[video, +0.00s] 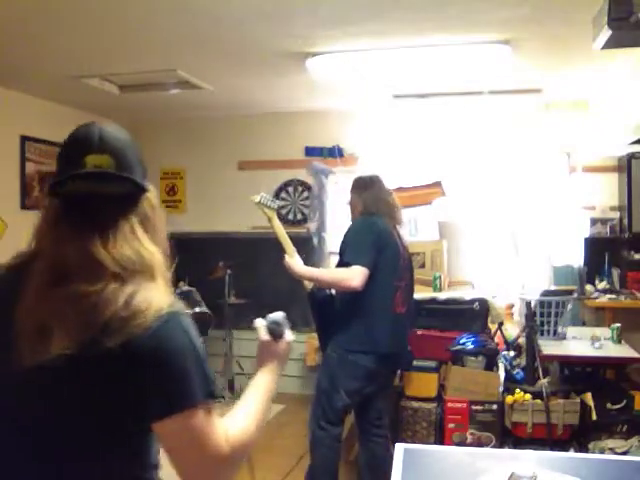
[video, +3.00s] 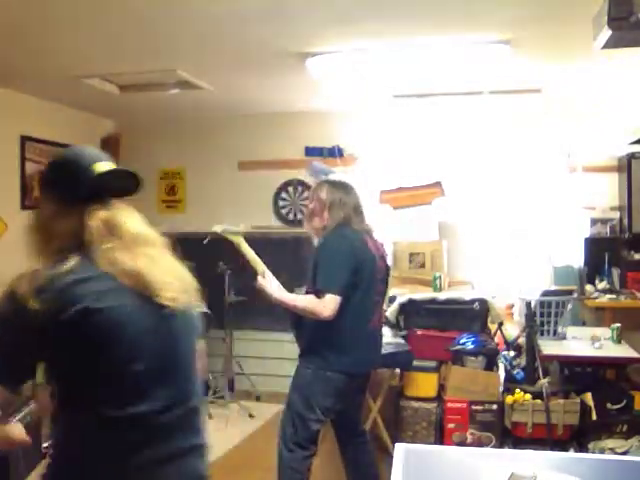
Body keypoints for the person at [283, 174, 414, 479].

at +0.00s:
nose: (349, 205)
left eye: (351, 200)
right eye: (350, 200)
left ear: (359, 200)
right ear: (384, 199)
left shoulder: (365, 228)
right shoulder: (394, 235)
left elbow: (354, 278)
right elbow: (389, 293)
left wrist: (302, 270)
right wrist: (323, 282)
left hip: (356, 348)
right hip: (386, 349)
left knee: (325, 423)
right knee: (375, 429)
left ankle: (321, 475)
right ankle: (377, 476)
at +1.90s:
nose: (306, 216)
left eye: (310, 208)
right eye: (306, 209)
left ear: (321, 209)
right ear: (344, 208)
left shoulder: (326, 241)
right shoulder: (364, 243)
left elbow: (311, 301)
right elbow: (374, 311)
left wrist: (280, 292)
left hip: (317, 358)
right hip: (353, 358)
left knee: (288, 443)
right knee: (350, 436)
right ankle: (366, 475)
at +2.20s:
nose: (312, 216)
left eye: (314, 208)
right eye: (313, 208)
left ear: (321, 210)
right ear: (349, 207)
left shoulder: (322, 245)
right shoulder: (369, 245)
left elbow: (313, 299)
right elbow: (372, 303)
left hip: (323, 350)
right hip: (357, 351)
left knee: (299, 435)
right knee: (351, 428)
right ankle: (366, 473)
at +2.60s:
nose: (310, 213)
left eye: (314, 206)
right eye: (311, 206)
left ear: (329, 208)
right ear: (350, 206)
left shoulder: (336, 242)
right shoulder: (370, 242)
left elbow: (324, 305)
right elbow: (372, 303)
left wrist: (286, 304)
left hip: (326, 358)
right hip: (358, 358)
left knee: (296, 442)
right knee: (351, 430)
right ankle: (366, 475)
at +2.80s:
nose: (307, 210)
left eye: (312, 203)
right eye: (308, 203)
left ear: (328, 207)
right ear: (349, 206)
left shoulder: (338, 240)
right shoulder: (368, 241)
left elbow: (324, 307)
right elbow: (362, 304)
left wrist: (280, 294)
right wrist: (311, 292)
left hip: (328, 361)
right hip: (358, 360)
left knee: (295, 445)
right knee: (352, 433)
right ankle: (367, 476)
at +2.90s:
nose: (308, 207)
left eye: (314, 201)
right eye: (310, 200)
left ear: (330, 207)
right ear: (349, 207)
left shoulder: (338, 240)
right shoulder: (368, 242)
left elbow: (325, 307)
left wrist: (279, 294)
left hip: (328, 361)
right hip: (358, 360)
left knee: (295, 445)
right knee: (352, 433)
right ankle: (368, 475)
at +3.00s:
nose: (308, 207)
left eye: (313, 201)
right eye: (309, 200)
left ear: (330, 207)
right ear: (349, 207)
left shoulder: (338, 241)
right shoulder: (367, 242)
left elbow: (326, 307)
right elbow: (361, 305)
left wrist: (280, 295)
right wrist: (310, 297)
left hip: (327, 362)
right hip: (358, 361)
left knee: (296, 445)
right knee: (352, 433)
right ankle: (368, 476)